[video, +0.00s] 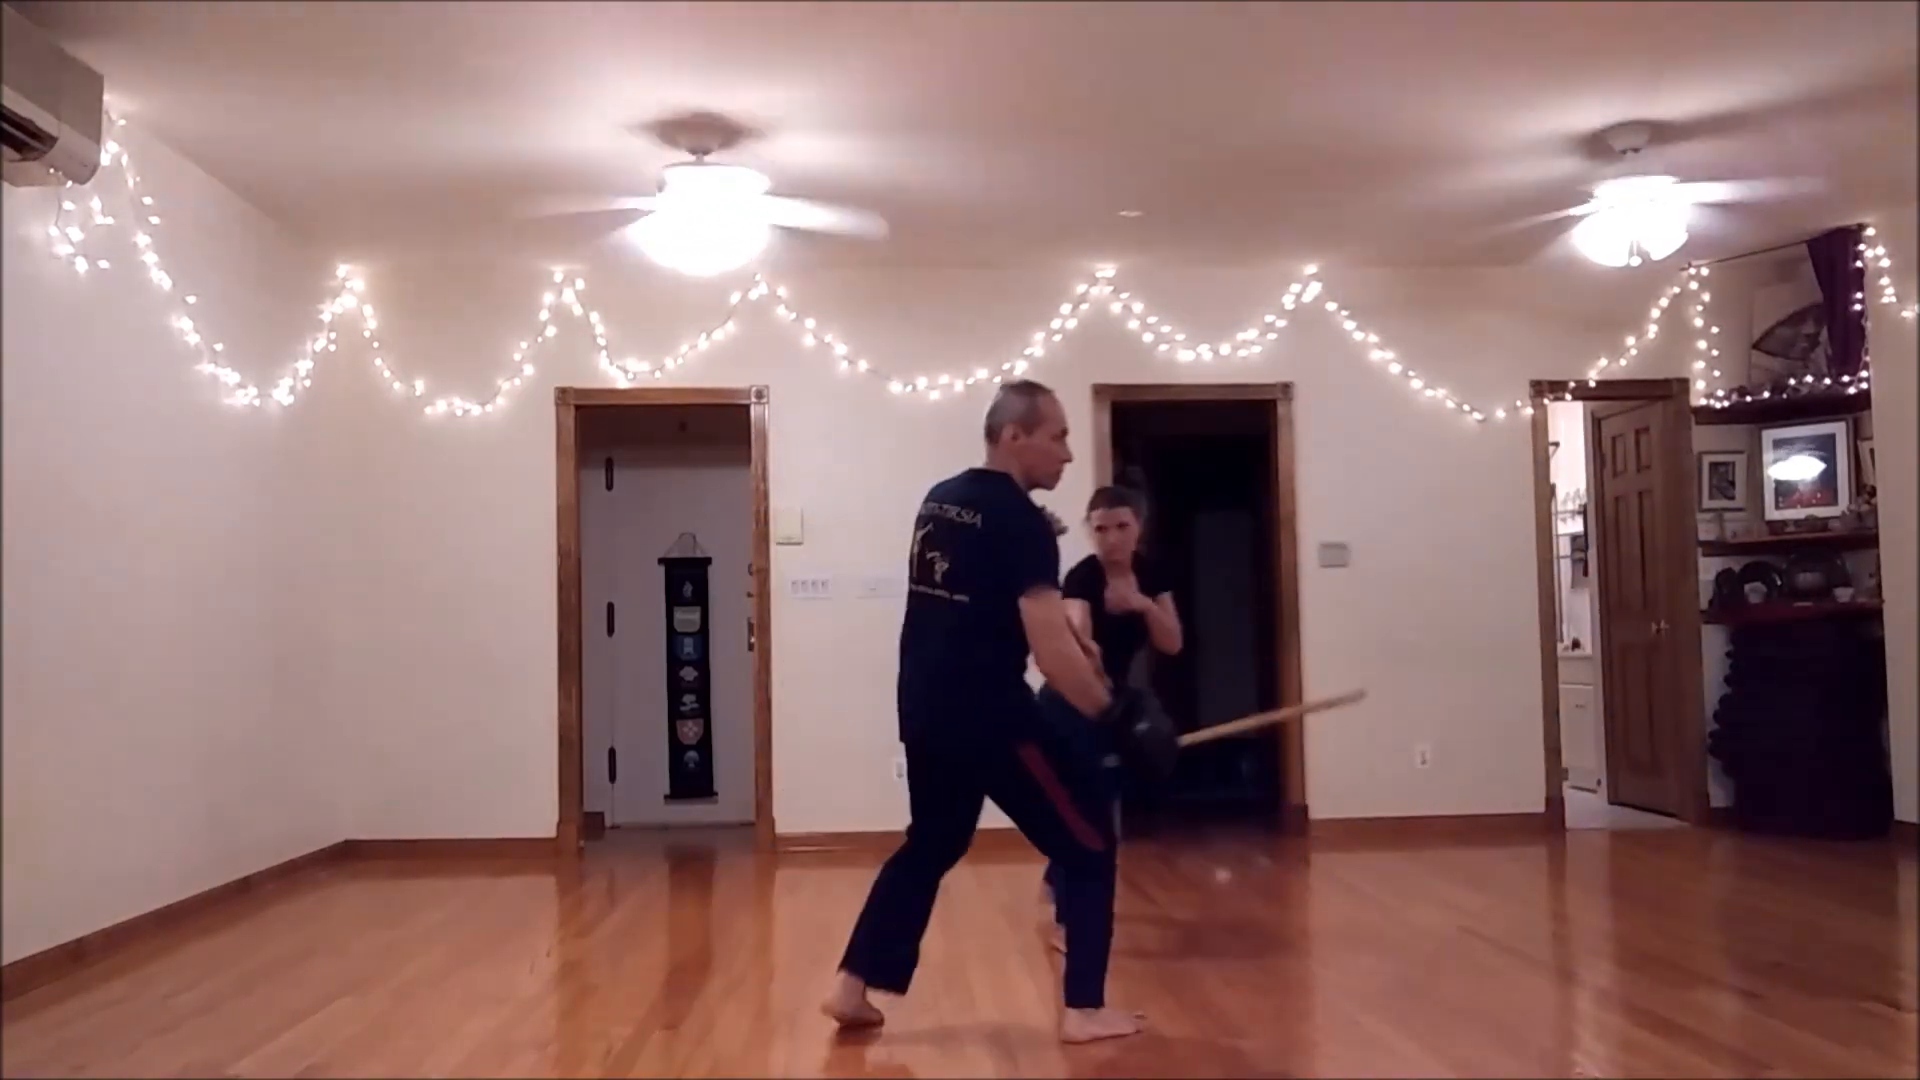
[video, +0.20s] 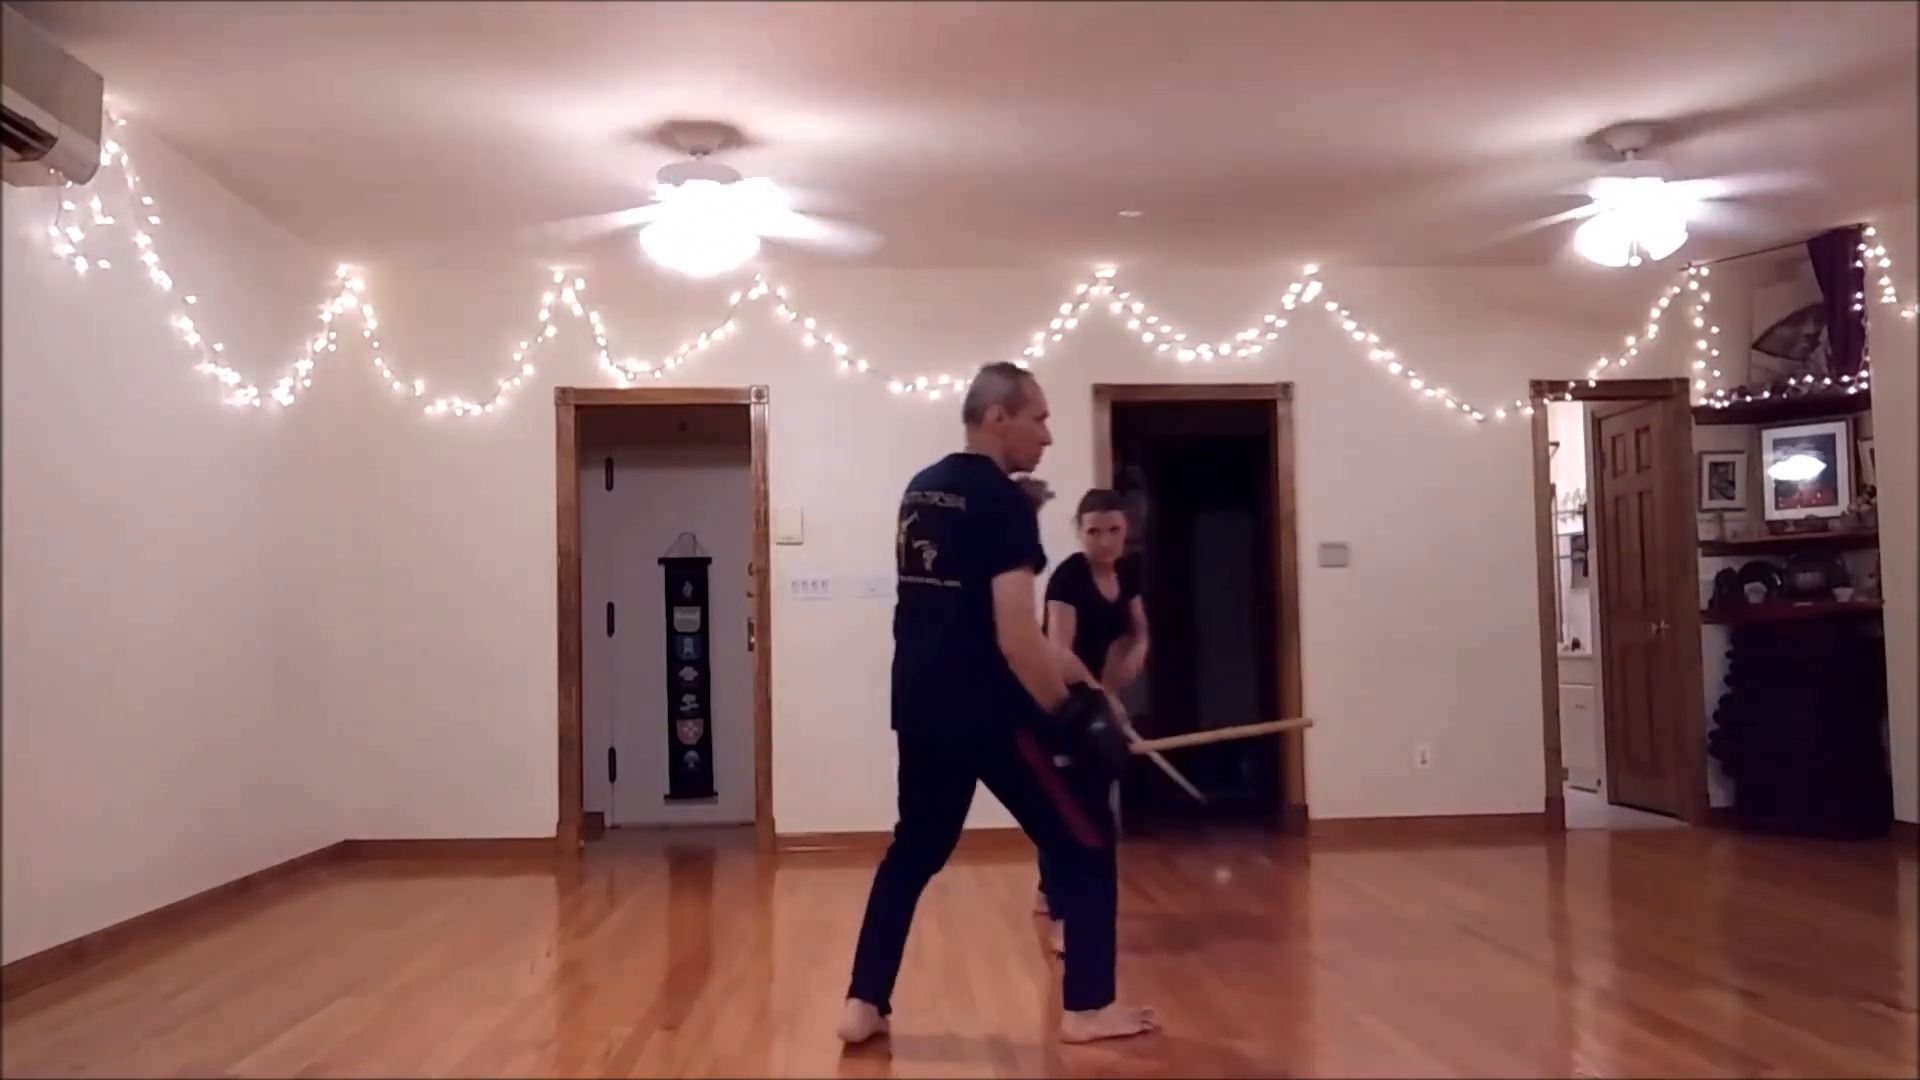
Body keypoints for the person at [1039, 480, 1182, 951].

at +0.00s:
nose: (1112, 537)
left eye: (1121, 527)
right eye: (1102, 528)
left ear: (1138, 531)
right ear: (1091, 532)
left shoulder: (1152, 574)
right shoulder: (1083, 576)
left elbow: (1172, 642)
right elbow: (1079, 638)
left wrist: (1146, 606)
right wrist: (1107, 690)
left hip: (1117, 700)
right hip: (1070, 699)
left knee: (1101, 798)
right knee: (1080, 797)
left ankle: (1079, 891)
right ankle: (1063, 888)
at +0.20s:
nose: (1105, 540)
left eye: (1114, 531)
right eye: (1095, 531)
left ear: (1127, 533)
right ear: (1080, 532)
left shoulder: (1125, 573)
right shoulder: (1070, 576)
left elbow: (1139, 633)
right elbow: (1058, 650)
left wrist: (1123, 674)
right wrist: (1102, 702)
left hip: (1099, 695)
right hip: (1062, 694)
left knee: (1096, 796)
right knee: (1071, 796)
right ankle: (1056, 895)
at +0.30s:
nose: (1098, 537)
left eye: (1107, 528)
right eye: (1088, 528)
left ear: (1120, 530)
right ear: (1073, 530)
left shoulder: (1122, 575)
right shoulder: (1063, 571)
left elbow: (1124, 641)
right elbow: (1052, 639)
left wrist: (1107, 690)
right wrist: (1099, 691)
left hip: (1088, 697)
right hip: (1049, 694)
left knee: (1090, 808)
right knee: (1055, 808)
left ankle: (1083, 913)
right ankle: (1050, 915)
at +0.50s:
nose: (1082, 534)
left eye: (1091, 526)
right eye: (1072, 526)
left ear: (1104, 527)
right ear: (1056, 528)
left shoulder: (1108, 580)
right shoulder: (1042, 562)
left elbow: (1104, 649)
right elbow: (1051, 561)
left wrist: (1093, 698)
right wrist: (1088, 576)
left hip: (1079, 703)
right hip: (1033, 701)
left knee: (1088, 803)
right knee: (1031, 809)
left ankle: (1058, 892)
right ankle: (1020, 918)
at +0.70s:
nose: (1075, 535)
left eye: (1081, 525)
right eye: (1066, 526)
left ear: (1092, 527)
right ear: (1049, 528)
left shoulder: (1097, 579)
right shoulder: (1031, 569)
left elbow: (1102, 640)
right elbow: (1002, 545)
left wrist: (1105, 671)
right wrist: (1039, 526)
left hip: (1075, 703)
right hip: (1028, 701)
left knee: (1080, 814)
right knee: (1038, 815)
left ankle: (1068, 919)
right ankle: (1023, 923)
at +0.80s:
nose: (1063, 532)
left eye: (1071, 522)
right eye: (1053, 524)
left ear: (1084, 526)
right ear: (1038, 529)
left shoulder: (1092, 577)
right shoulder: (1025, 575)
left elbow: (1095, 633)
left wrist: (1106, 659)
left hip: (1072, 701)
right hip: (1025, 702)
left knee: (1074, 817)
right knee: (1039, 819)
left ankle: (1070, 918)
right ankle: (1022, 925)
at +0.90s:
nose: (1063, 532)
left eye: (1071, 522)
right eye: (1052, 524)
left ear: (1083, 525)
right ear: (1036, 529)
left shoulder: (1088, 576)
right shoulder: (1026, 575)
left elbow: (1089, 634)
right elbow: (1009, 633)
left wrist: (1103, 658)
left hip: (1070, 699)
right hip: (1027, 701)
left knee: (1072, 814)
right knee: (1040, 817)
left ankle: (1061, 914)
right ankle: (1023, 923)